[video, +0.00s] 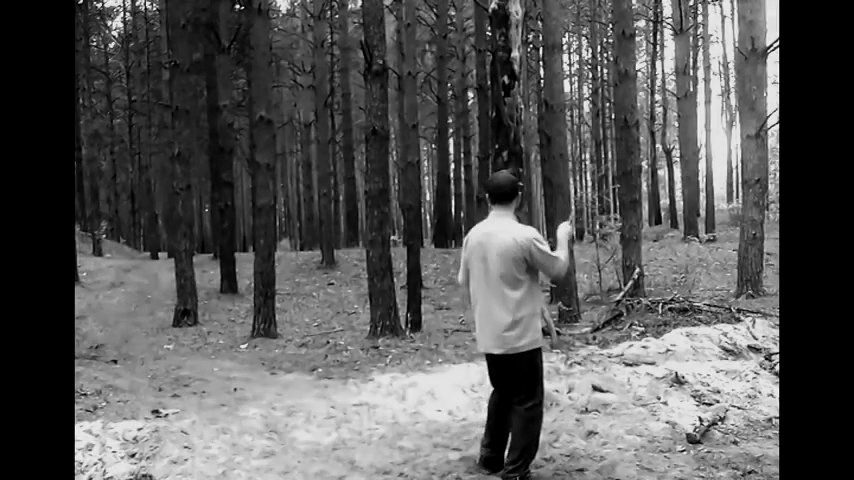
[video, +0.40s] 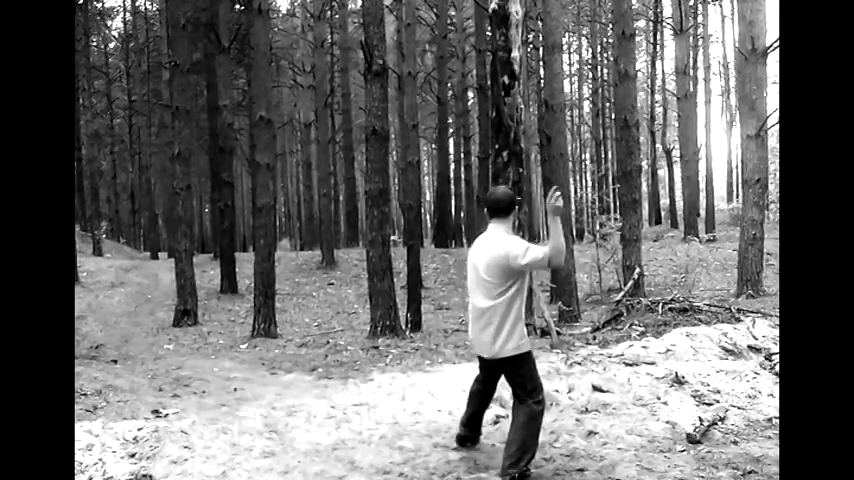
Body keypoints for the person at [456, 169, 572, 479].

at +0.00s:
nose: (523, 195)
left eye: (518, 191)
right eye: (522, 192)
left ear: (488, 198)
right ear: (518, 196)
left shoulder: (473, 236)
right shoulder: (524, 237)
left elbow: (464, 281)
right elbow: (559, 271)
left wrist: (482, 309)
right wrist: (563, 237)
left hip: (488, 334)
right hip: (520, 336)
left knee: (501, 394)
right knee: (529, 401)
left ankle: (489, 458)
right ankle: (517, 468)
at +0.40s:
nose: (520, 209)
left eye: (517, 205)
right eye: (519, 206)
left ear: (488, 212)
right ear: (516, 211)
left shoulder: (479, 244)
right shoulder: (510, 248)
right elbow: (556, 258)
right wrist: (555, 216)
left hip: (482, 339)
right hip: (509, 342)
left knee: (485, 381)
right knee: (531, 400)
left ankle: (467, 434)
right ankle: (515, 469)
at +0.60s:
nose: (507, 227)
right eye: (506, 223)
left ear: (475, 229)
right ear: (502, 227)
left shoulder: (465, 260)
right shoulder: (506, 262)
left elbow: (449, 300)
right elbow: (551, 274)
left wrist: (478, 302)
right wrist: (541, 240)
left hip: (470, 345)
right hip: (502, 347)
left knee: (478, 375)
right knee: (516, 402)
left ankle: (466, 432)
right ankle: (514, 459)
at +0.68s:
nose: (489, 232)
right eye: (488, 228)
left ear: (459, 235)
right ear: (485, 231)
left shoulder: (447, 269)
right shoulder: (501, 260)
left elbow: (429, 308)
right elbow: (536, 275)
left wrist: (453, 321)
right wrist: (535, 245)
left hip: (467, 345)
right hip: (500, 342)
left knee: (473, 378)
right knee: (511, 392)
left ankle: (469, 432)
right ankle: (516, 450)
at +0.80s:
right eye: (472, 235)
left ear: (449, 243)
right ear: (473, 238)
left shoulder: (449, 264)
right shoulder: (489, 261)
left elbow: (438, 296)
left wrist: (438, 325)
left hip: (470, 334)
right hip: (501, 328)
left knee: (466, 381)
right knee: (510, 385)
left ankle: (466, 432)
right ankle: (511, 444)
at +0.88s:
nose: (437, 247)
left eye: (437, 243)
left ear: (440, 242)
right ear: (463, 239)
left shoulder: (445, 257)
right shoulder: (475, 257)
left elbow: (442, 283)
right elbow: (468, 303)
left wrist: (433, 317)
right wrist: (441, 329)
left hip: (477, 322)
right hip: (504, 314)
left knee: (470, 376)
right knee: (515, 363)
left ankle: (467, 431)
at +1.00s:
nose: (434, 241)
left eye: (433, 237)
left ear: (436, 236)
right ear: (457, 231)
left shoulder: (440, 252)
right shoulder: (471, 250)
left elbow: (439, 284)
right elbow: (476, 293)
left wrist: (432, 311)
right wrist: (456, 323)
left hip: (475, 319)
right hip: (504, 310)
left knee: (470, 375)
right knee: (523, 354)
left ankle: (469, 431)